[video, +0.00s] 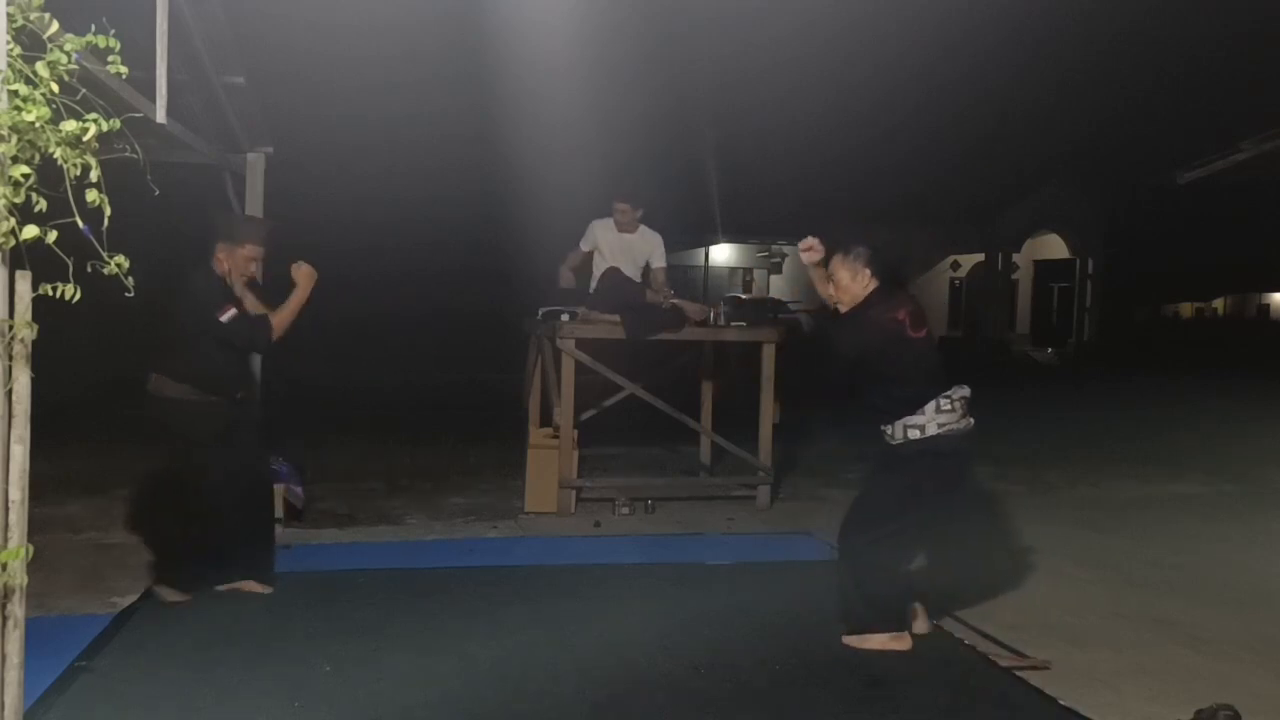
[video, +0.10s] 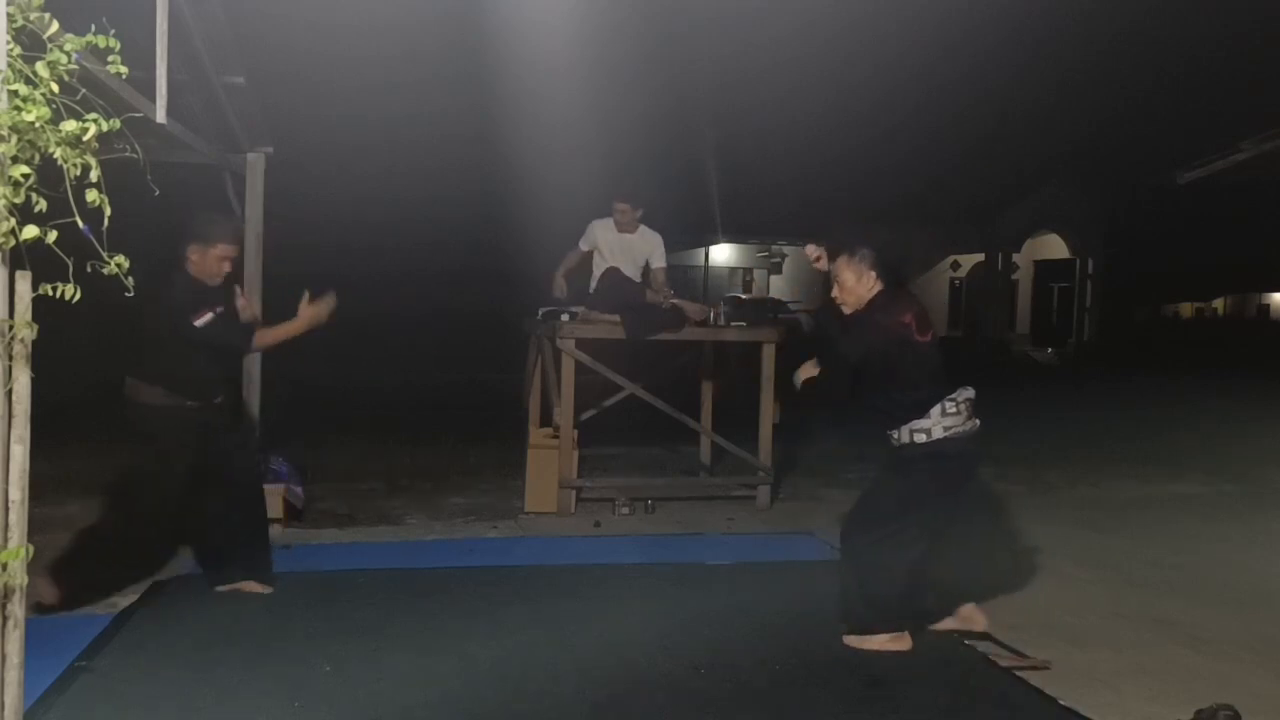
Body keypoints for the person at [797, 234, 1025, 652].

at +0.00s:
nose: (834, 289)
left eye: (838, 279)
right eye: (832, 281)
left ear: (865, 277)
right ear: (868, 276)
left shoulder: (864, 324)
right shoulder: (899, 301)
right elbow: (836, 302)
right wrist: (816, 265)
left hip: (918, 453)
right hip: (948, 445)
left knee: (860, 533)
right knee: (896, 526)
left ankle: (884, 629)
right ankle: (916, 614)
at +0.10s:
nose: (835, 293)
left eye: (842, 282)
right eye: (833, 282)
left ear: (871, 278)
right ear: (873, 280)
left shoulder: (871, 328)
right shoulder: (904, 303)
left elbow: (838, 396)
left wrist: (810, 381)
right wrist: (831, 264)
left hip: (927, 454)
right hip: (957, 443)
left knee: (865, 528)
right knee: (918, 525)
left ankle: (883, 628)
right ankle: (961, 609)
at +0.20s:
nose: (844, 297)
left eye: (851, 287)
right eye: (843, 288)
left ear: (881, 286)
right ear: (882, 287)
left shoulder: (883, 334)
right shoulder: (907, 310)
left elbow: (843, 389)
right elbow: (854, 314)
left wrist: (794, 401)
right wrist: (836, 275)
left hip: (931, 457)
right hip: (964, 448)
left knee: (872, 534)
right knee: (950, 528)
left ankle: (883, 627)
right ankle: (1010, 606)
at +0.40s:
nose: (869, 296)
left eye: (877, 287)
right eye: (868, 288)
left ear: (908, 289)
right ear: (907, 291)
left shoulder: (912, 335)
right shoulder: (916, 323)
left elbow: (863, 391)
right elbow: (851, 364)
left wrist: (824, 370)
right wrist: (843, 322)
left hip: (959, 454)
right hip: (983, 448)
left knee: (898, 518)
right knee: (980, 533)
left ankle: (886, 624)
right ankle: (1038, 614)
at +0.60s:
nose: (941, 274)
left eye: (948, 264)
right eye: (939, 266)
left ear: (979, 265)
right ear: (977, 268)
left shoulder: (990, 315)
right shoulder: (994, 306)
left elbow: (952, 381)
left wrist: (897, 359)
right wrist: (925, 336)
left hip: (1005, 430)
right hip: (1031, 428)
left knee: (936, 481)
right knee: (1008, 514)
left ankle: (938, 582)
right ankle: (1046, 616)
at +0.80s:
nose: (973, 263)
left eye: (981, 255)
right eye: (973, 255)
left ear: (1012, 257)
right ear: (984, 258)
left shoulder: (1030, 302)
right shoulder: (983, 293)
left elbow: (1026, 381)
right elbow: (965, 336)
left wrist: (990, 429)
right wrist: (914, 364)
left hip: (1028, 417)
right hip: (994, 401)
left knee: (1014, 512)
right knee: (928, 388)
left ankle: (1054, 621)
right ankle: (941, 479)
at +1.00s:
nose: (983, 264)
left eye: (991, 256)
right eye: (983, 256)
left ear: (1022, 257)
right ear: (1009, 258)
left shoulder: (1043, 300)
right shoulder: (1000, 294)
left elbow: (1055, 373)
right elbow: (994, 337)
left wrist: (1034, 432)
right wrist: (971, 366)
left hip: (1034, 415)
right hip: (1010, 401)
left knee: (1015, 515)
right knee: (947, 386)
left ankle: (1054, 624)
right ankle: (928, 484)